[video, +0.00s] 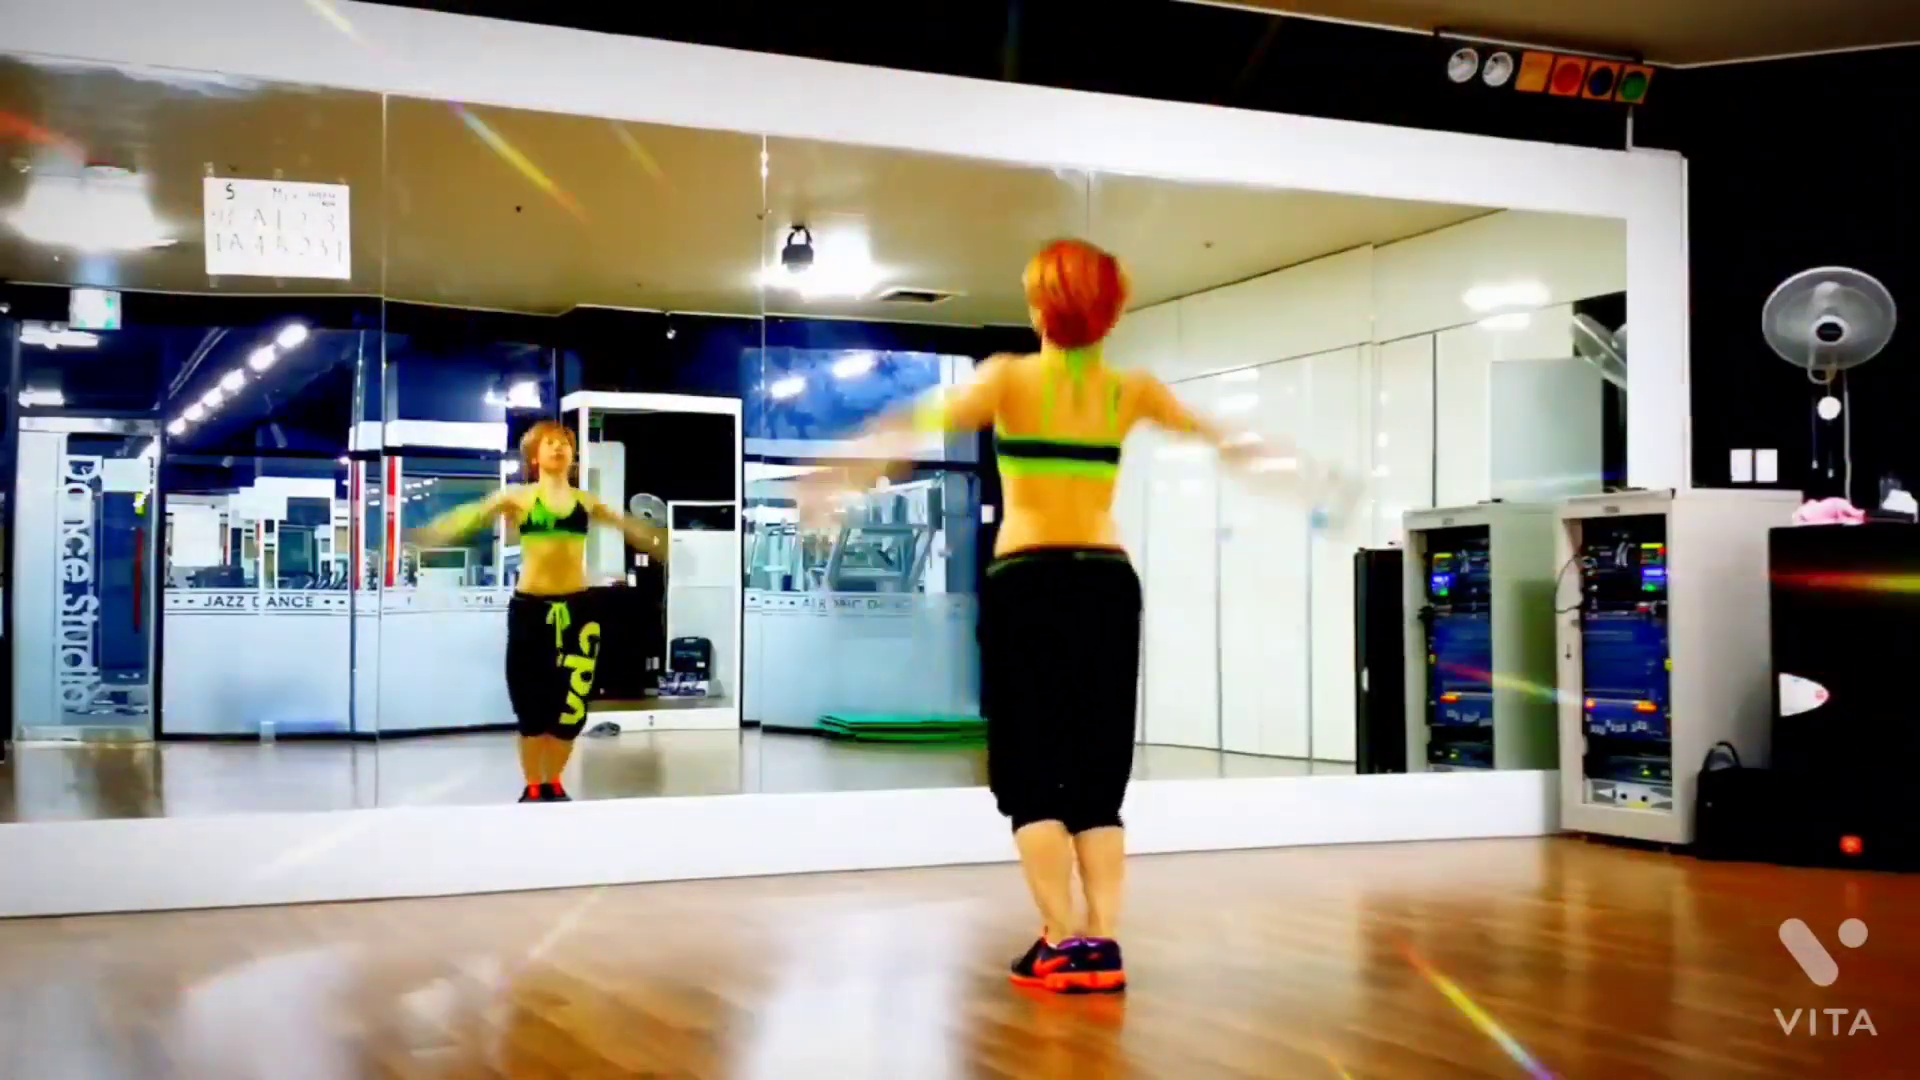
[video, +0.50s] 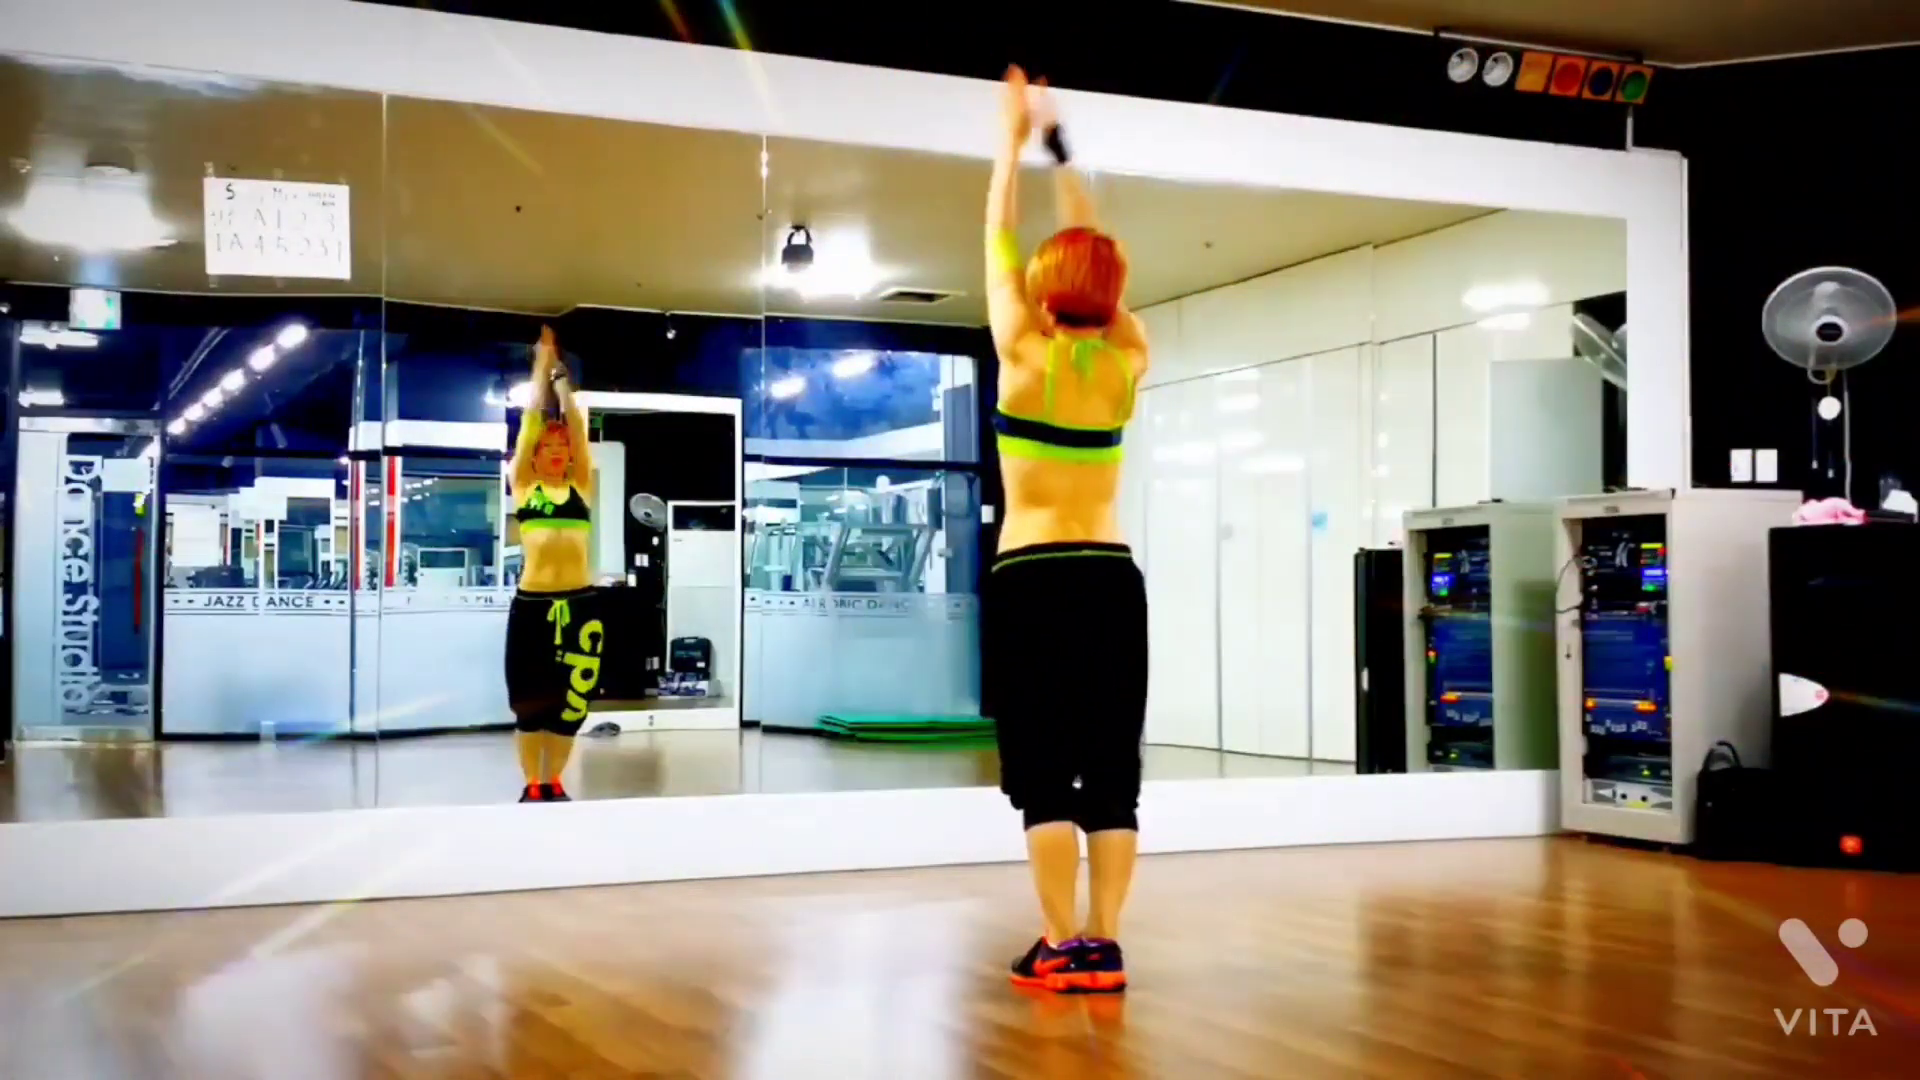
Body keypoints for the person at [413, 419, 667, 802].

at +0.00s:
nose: (557, 448)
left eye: (563, 443)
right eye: (549, 442)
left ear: (573, 455)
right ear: (534, 455)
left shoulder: (584, 501)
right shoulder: (519, 497)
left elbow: (623, 523)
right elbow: (469, 518)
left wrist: (655, 540)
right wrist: (433, 534)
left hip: (576, 605)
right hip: (530, 606)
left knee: (571, 704)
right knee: (533, 703)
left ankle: (552, 781)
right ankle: (533, 786)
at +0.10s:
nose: (557, 445)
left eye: (564, 440)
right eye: (549, 440)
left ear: (573, 451)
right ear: (534, 451)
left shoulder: (584, 492)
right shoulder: (521, 489)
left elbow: (632, 475)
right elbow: (462, 470)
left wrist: (673, 459)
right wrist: (401, 457)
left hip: (577, 604)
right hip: (530, 604)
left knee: (569, 702)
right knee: (529, 702)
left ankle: (553, 783)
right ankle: (532, 785)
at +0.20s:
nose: (558, 446)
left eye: (564, 441)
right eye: (549, 441)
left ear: (573, 452)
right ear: (533, 452)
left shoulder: (583, 486)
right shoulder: (521, 484)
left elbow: (615, 439)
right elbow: (480, 437)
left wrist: (643, 400)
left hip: (579, 605)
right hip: (531, 606)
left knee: (570, 704)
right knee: (529, 704)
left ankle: (551, 783)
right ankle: (532, 786)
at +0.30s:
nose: (557, 449)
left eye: (563, 442)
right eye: (548, 442)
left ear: (573, 451)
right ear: (532, 451)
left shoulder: (583, 484)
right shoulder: (523, 482)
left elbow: (592, 428)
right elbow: (506, 426)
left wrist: (602, 373)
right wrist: (483, 371)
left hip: (580, 603)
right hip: (532, 603)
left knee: (571, 703)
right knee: (530, 704)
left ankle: (552, 783)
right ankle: (532, 785)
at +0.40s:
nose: (557, 450)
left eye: (563, 444)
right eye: (547, 445)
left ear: (572, 450)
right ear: (534, 454)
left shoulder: (583, 485)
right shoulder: (525, 486)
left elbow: (578, 417)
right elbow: (524, 417)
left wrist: (568, 365)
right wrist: (525, 362)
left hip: (580, 601)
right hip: (532, 602)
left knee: (570, 701)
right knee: (531, 701)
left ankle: (552, 782)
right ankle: (531, 784)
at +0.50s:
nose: (556, 454)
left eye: (562, 447)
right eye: (548, 448)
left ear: (572, 453)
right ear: (534, 455)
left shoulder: (582, 489)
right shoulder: (524, 490)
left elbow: (576, 423)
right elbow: (532, 424)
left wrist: (560, 379)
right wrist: (541, 369)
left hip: (578, 601)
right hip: (531, 602)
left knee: (570, 700)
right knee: (531, 700)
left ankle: (552, 782)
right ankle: (531, 784)